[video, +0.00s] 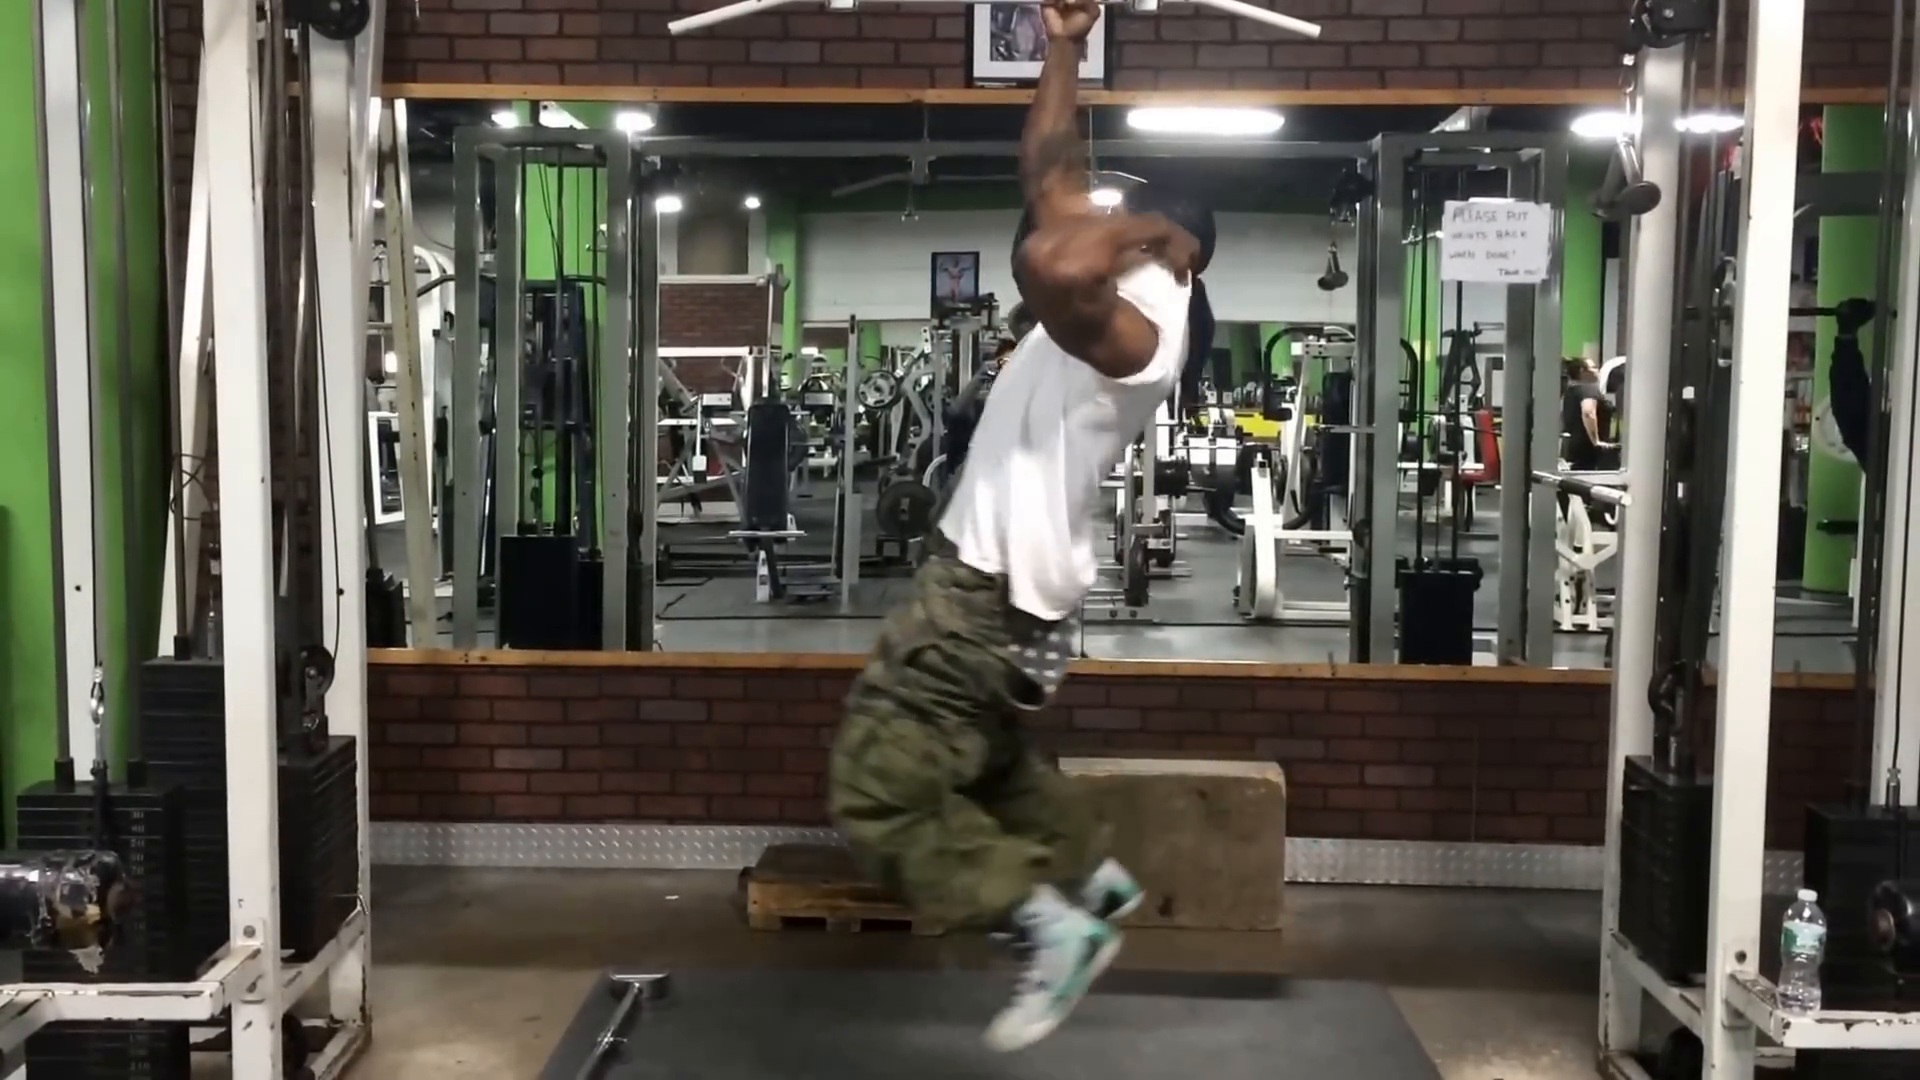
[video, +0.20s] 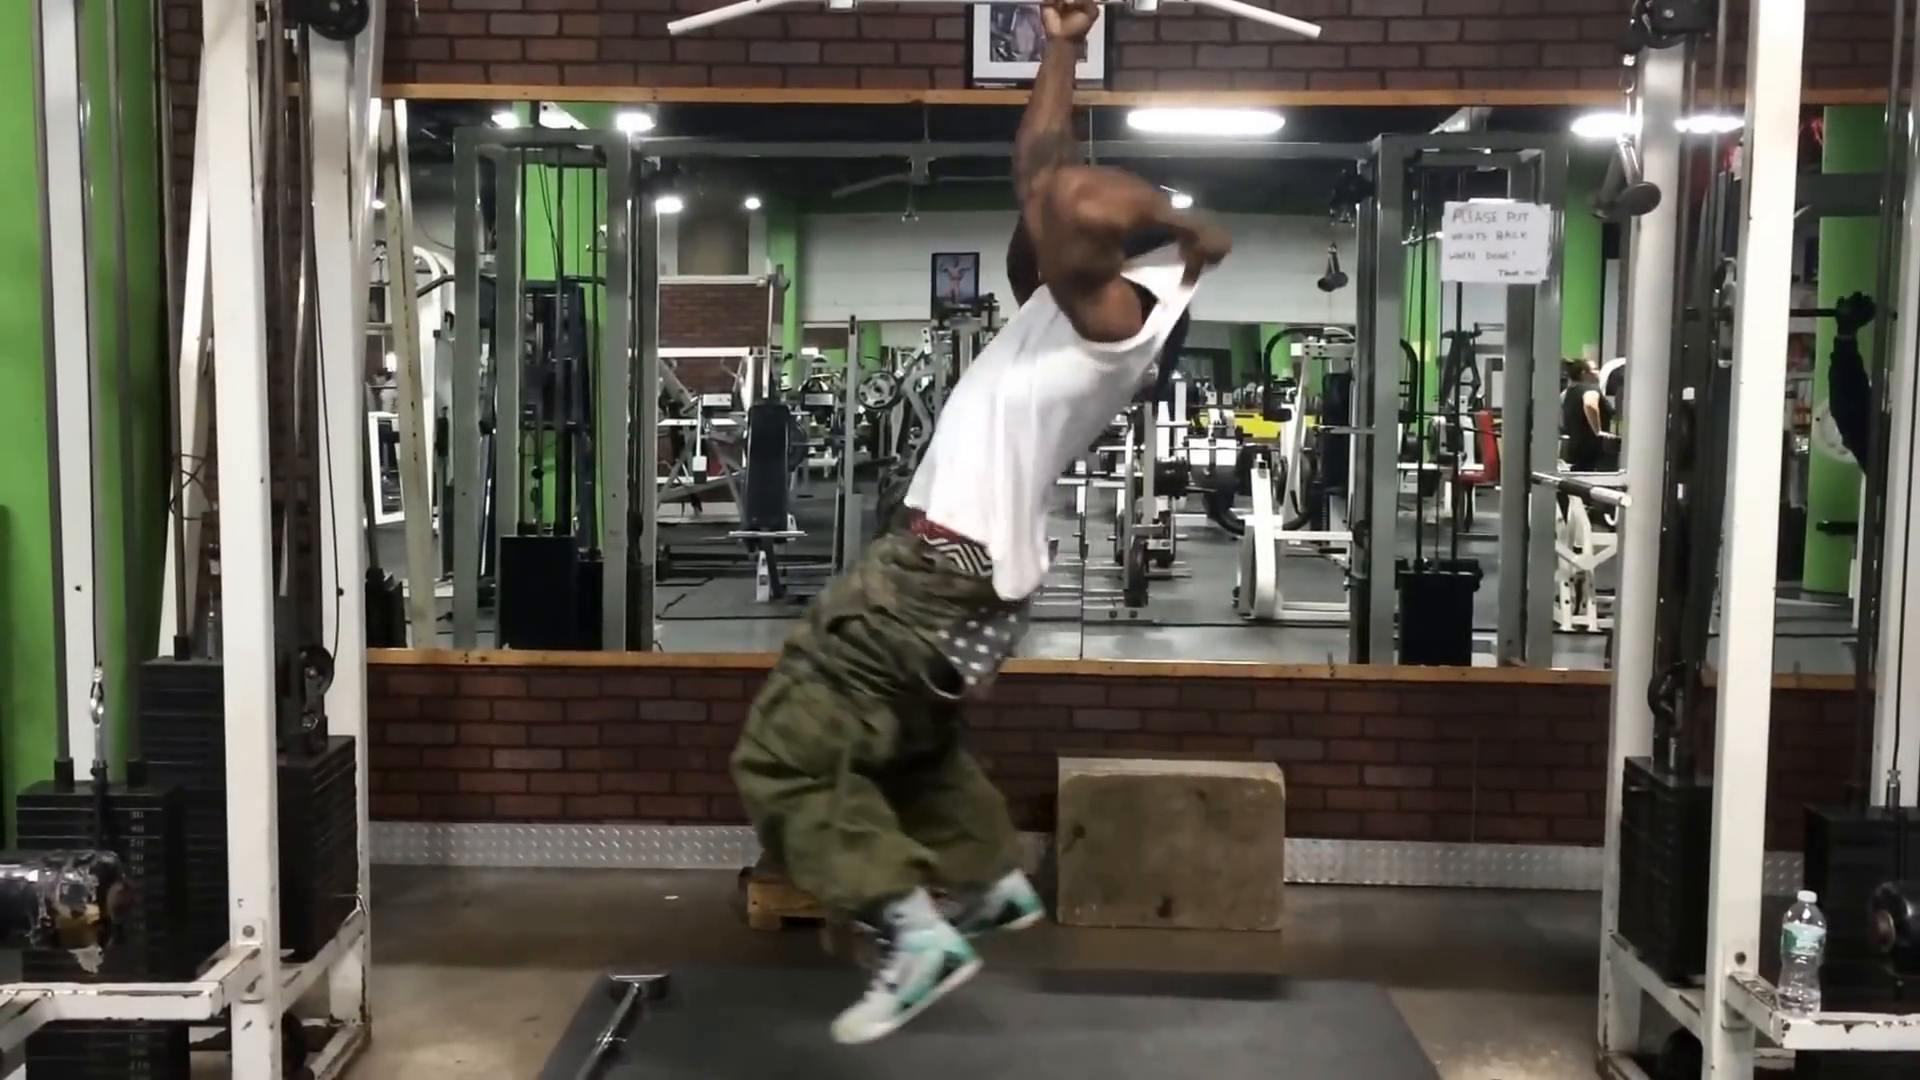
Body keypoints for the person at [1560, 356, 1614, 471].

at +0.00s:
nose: (1597, 371)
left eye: (1596, 367)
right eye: (1593, 367)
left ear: (1581, 372)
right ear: (1583, 372)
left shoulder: (1571, 390)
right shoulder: (1589, 388)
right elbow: (1588, 413)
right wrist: (1596, 440)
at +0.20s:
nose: (1598, 373)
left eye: (1597, 369)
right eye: (1594, 369)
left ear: (1582, 374)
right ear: (1584, 373)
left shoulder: (1568, 392)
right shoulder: (1591, 388)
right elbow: (1590, 405)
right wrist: (1598, 431)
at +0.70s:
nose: (1599, 374)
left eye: (1597, 371)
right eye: (1595, 371)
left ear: (1584, 375)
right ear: (1585, 375)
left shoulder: (1572, 391)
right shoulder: (1590, 390)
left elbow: (1561, 409)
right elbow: (1588, 415)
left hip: (1571, 446)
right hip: (1585, 448)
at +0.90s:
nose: (1597, 374)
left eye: (1595, 371)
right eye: (1593, 371)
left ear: (1581, 375)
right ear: (1582, 374)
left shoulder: (1568, 393)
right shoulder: (1585, 394)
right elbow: (1586, 424)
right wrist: (1593, 451)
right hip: (1583, 457)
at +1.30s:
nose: (1596, 374)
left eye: (1595, 370)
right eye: (1592, 370)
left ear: (1580, 375)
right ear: (1582, 374)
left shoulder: (1567, 390)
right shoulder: (1587, 388)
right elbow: (1586, 404)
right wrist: (1595, 430)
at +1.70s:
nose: (1596, 370)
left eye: (1594, 366)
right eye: (1592, 366)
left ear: (1579, 371)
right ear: (1582, 370)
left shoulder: (1568, 385)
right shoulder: (1587, 384)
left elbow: (1556, 397)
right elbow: (1585, 403)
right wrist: (1592, 431)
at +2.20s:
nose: (1591, 365)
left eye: (1590, 361)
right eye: (1588, 361)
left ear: (1577, 366)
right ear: (1578, 366)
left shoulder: (1565, 384)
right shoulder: (1583, 383)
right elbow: (1581, 404)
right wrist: (1588, 432)